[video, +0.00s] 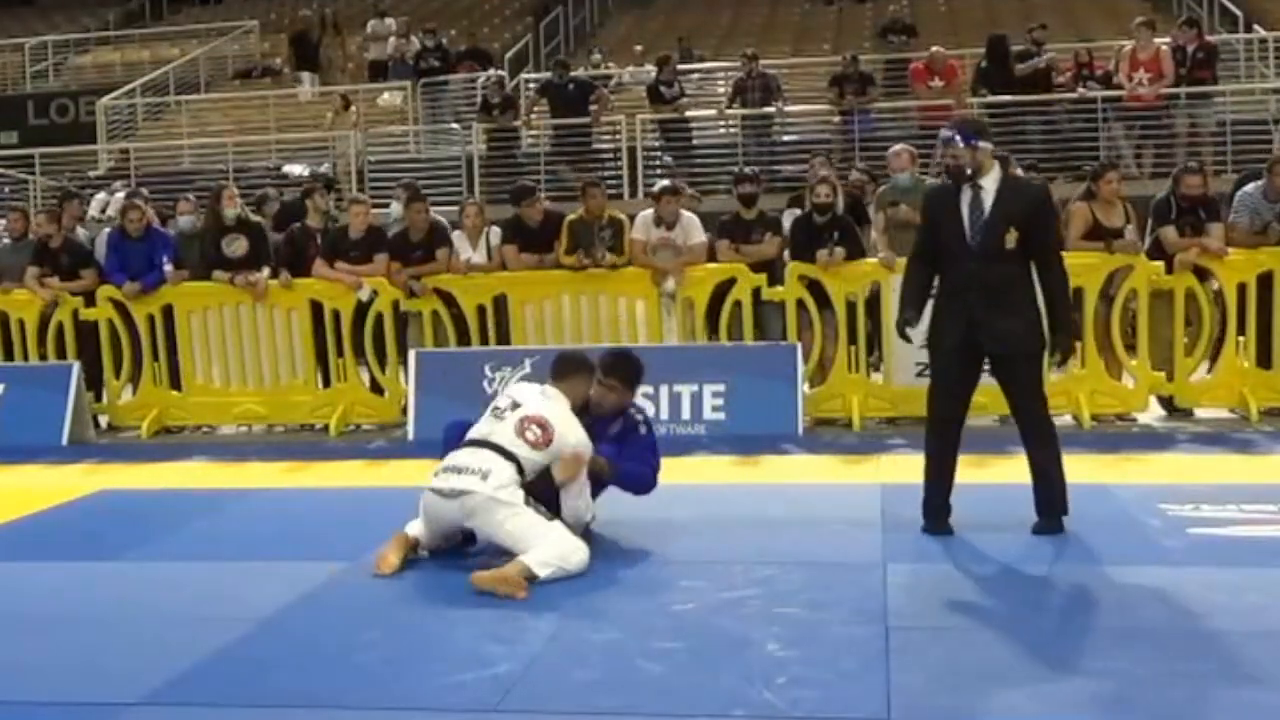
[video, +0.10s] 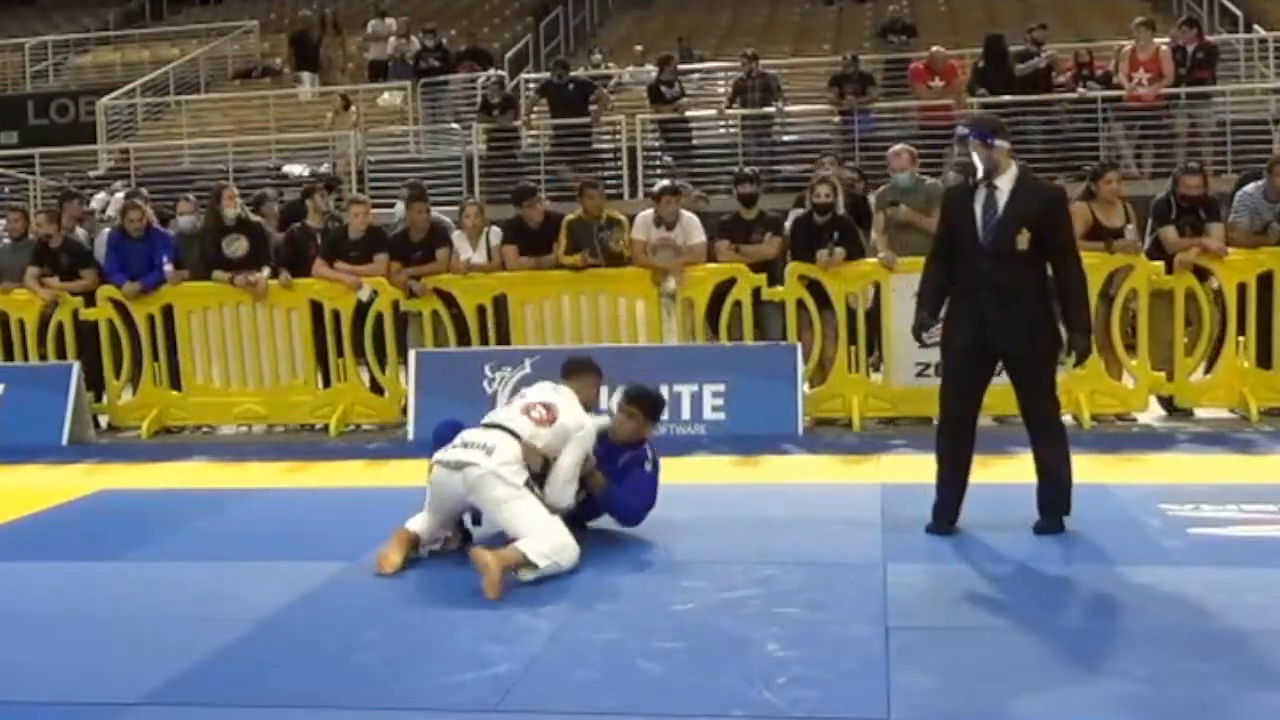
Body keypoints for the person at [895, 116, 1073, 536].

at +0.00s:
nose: (949, 160)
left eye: (956, 151)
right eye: (946, 152)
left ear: (983, 150)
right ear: (947, 155)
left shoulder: (1029, 196)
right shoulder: (938, 200)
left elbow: (1050, 265)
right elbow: (924, 259)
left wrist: (1062, 328)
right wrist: (910, 307)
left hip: (1013, 327)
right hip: (954, 329)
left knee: (1033, 421)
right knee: (942, 423)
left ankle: (1051, 512)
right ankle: (935, 512)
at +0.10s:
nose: (968, 156)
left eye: (976, 148)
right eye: (965, 148)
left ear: (1001, 148)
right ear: (968, 151)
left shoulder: (1044, 198)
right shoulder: (957, 198)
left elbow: (1067, 266)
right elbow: (941, 258)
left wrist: (1079, 329)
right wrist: (926, 309)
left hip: (1027, 327)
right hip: (968, 328)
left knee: (1042, 420)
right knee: (954, 421)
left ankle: (1054, 511)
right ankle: (944, 512)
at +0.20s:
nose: (980, 158)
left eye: (985, 150)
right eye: (977, 151)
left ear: (1011, 146)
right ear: (984, 150)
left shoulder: (1055, 197)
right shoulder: (970, 196)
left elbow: (1080, 267)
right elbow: (955, 260)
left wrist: (1089, 327)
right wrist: (939, 317)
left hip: (1035, 331)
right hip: (977, 331)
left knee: (1047, 425)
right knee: (967, 424)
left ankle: (1053, 512)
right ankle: (961, 509)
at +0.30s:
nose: (987, 155)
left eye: (994, 147)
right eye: (985, 147)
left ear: (1020, 146)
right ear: (994, 149)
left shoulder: (1062, 197)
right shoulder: (980, 196)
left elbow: (1086, 268)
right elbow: (965, 264)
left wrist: (1090, 327)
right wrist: (950, 315)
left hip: (1040, 332)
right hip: (982, 331)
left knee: (1048, 425)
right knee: (975, 425)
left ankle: (1053, 513)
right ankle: (969, 509)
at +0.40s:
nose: (990, 156)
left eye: (996, 148)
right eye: (989, 149)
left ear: (1022, 146)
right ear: (1007, 147)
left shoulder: (1064, 196)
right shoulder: (991, 194)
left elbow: (1085, 271)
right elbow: (978, 263)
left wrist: (1087, 333)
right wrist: (960, 314)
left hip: (1040, 332)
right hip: (987, 331)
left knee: (1050, 427)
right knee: (981, 425)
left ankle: (1053, 513)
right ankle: (979, 505)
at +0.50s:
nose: (993, 154)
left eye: (998, 146)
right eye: (992, 146)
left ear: (1023, 145)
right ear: (1015, 147)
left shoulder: (1065, 197)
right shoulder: (1000, 195)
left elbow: (1079, 273)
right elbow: (986, 267)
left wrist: (1076, 336)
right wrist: (967, 317)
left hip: (1041, 332)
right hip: (990, 330)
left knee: (1050, 426)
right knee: (984, 420)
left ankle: (1053, 513)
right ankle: (987, 497)